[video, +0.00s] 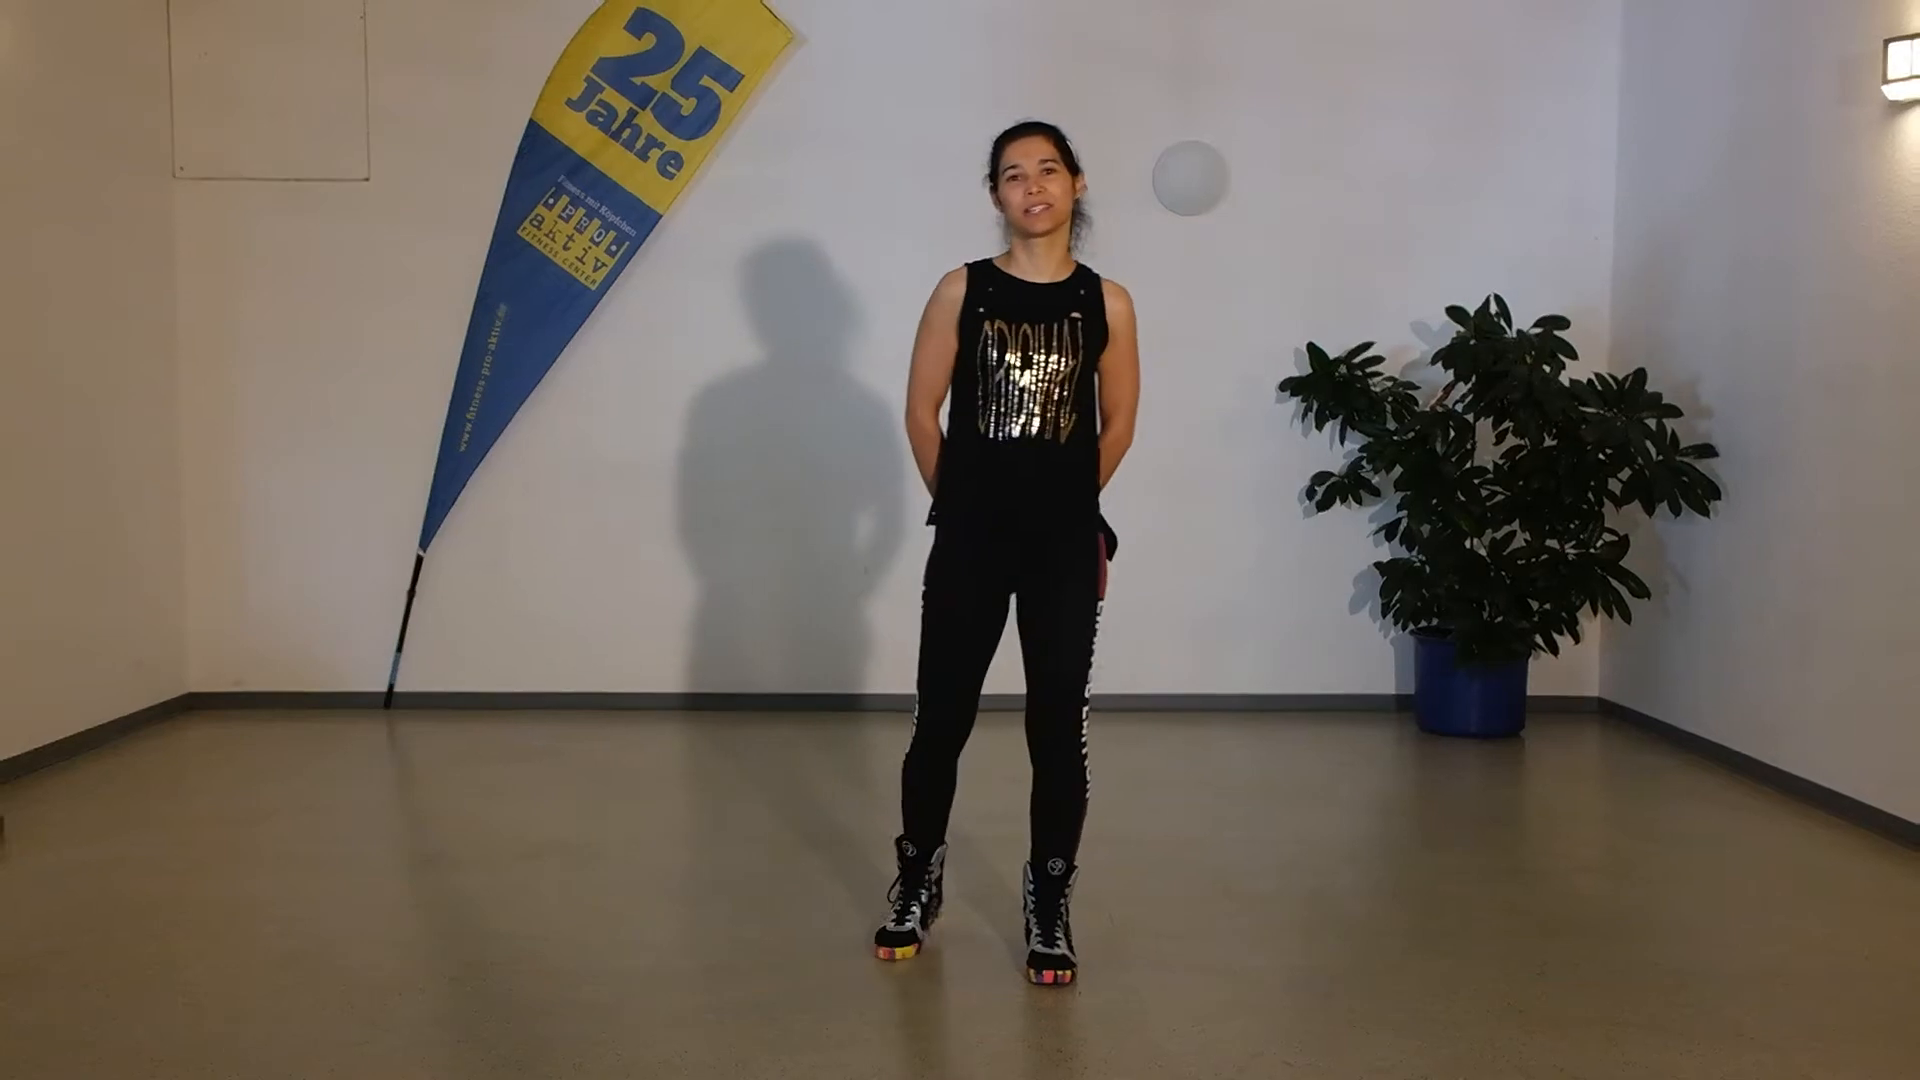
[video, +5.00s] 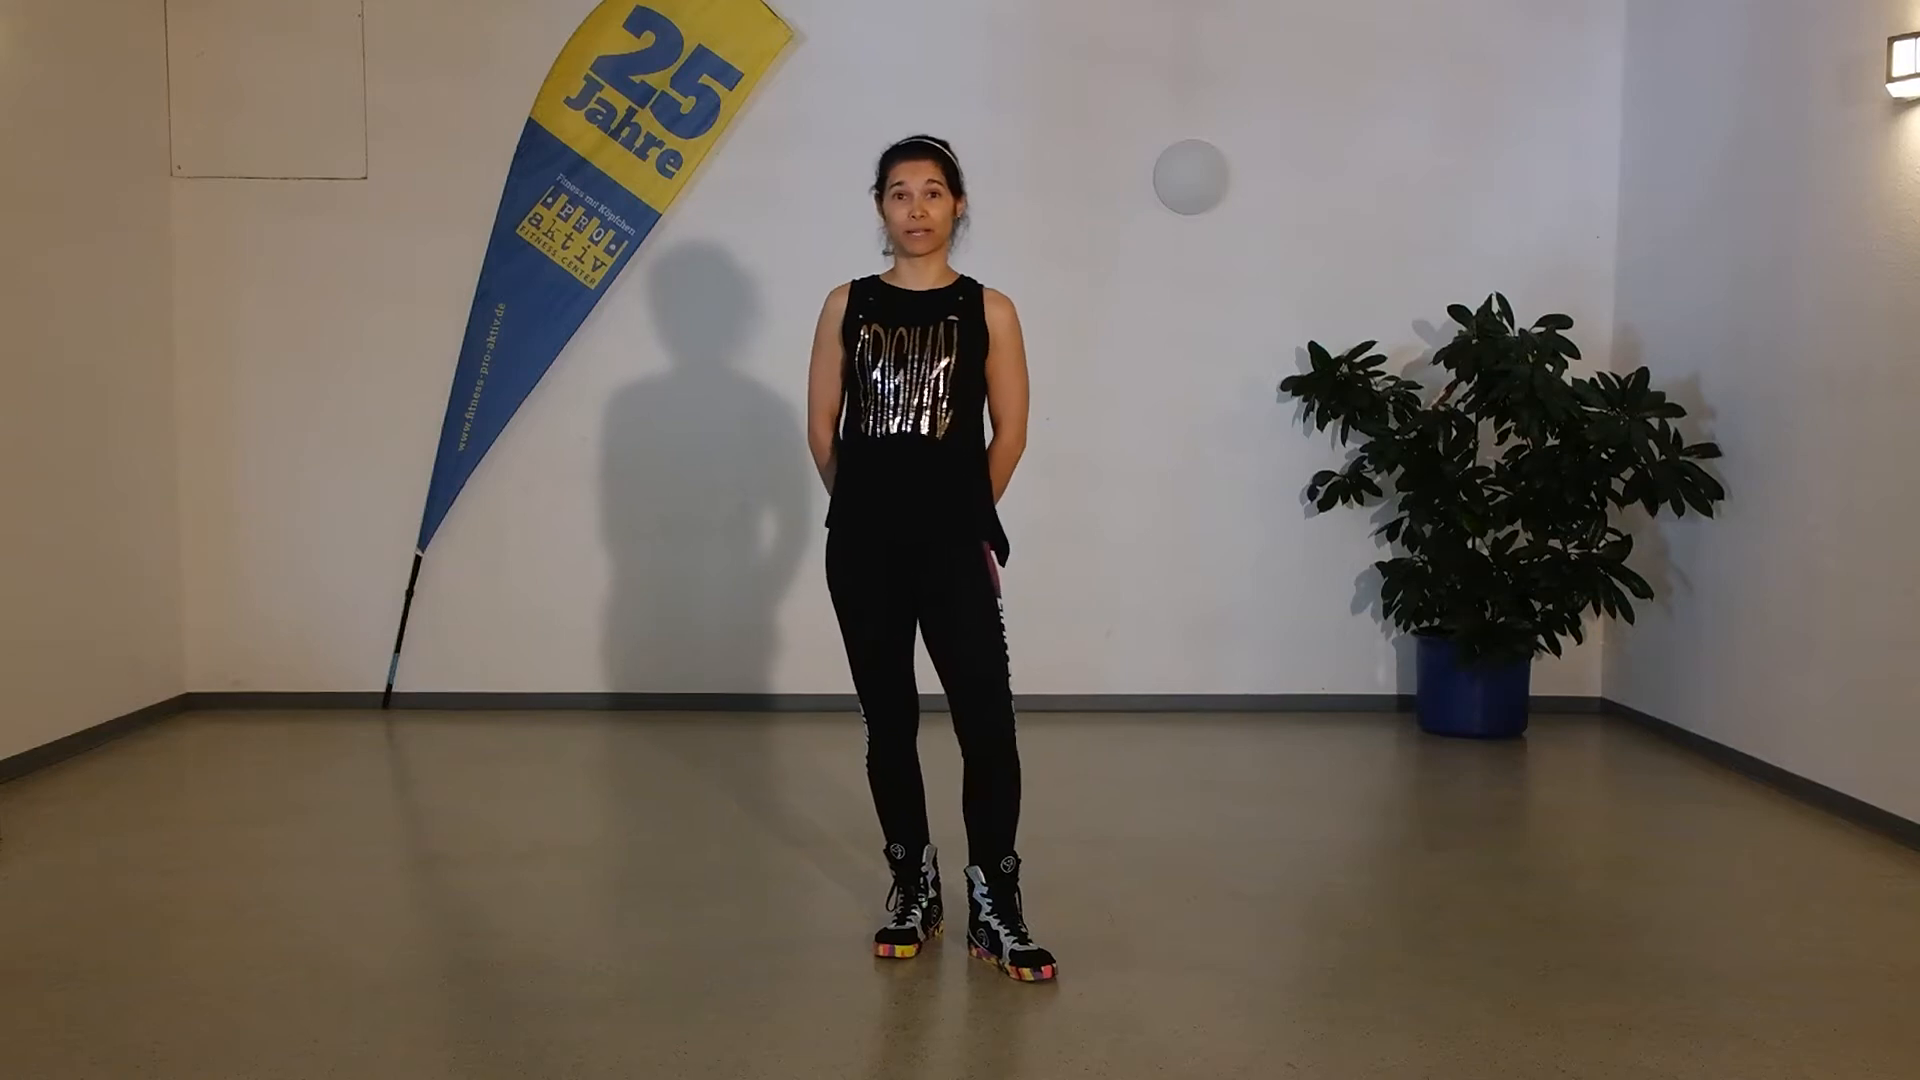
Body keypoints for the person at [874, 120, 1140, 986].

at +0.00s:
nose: (1030, 186)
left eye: (1045, 172)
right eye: (1013, 176)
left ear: (1075, 187)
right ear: (996, 198)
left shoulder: (1107, 302)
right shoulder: (961, 291)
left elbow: (1120, 423)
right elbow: (921, 412)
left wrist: (1074, 501)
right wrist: (953, 501)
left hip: (1063, 533)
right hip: (971, 527)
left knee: (1056, 725)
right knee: (941, 717)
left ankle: (1049, 908)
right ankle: (916, 881)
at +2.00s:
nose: (912, 200)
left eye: (926, 185)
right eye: (894, 190)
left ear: (952, 198)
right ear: (874, 209)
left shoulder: (992, 304)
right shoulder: (846, 307)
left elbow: (1018, 424)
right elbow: (823, 432)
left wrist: (980, 507)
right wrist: (863, 511)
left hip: (971, 536)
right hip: (880, 540)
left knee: (1007, 723)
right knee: (899, 723)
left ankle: (1014, 898)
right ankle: (913, 886)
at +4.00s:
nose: (948, 214)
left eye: (967, 203)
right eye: (936, 198)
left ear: (992, 222)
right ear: (916, 209)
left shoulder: (1002, 323)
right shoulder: (862, 295)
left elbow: (1006, 443)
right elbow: (820, 412)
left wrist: (953, 517)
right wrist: (843, 500)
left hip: (947, 541)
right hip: (856, 536)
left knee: (980, 716)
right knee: (883, 718)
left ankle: (993, 900)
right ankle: (911, 888)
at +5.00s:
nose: (915, 206)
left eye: (930, 192)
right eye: (899, 193)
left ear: (956, 207)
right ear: (880, 210)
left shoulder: (989, 309)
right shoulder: (846, 305)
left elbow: (1011, 433)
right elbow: (822, 433)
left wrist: (968, 512)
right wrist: (859, 504)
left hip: (956, 539)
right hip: (864, 542)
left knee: (987, 724)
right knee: (889, 724)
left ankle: (995, 902)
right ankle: (911, 886)